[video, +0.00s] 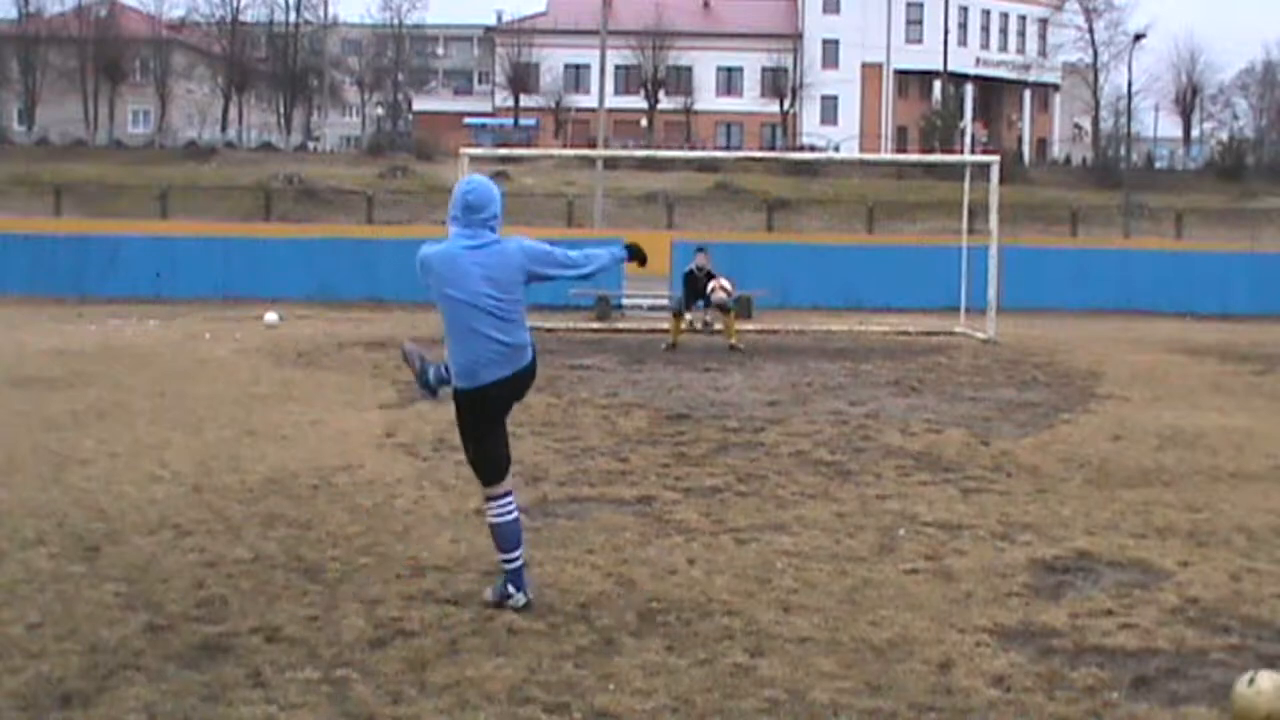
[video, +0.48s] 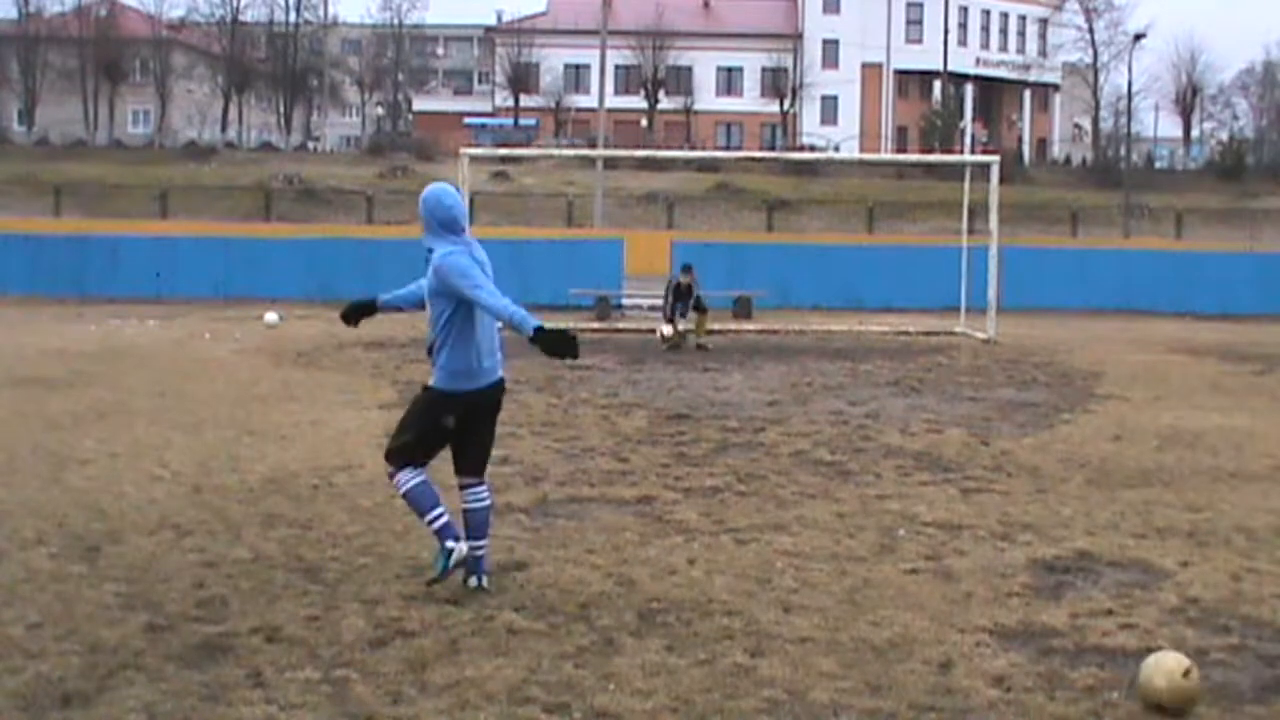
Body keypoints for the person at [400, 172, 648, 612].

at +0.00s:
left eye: (454, 209)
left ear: (454, 213)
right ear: (496, 214)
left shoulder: (433, 258)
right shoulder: (516, 251)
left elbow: (435, 296)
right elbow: (574, 263)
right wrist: (621, 251)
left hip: (477, 386)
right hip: (522, 371)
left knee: (496, 488)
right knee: (472, 353)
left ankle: (515, 584)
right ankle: (434, 376)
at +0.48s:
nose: (420, 224)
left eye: (421, 217)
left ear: (426, 221)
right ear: (461, 216)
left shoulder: (446, 262)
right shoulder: (473, 253)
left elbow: (489, 299)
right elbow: (423, 291)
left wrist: (536, 331)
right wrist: (375, 304)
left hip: (452, 388)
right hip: (488, 385)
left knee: (402, 461)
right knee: (471, 475)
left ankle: (449, 541)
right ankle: (477, 570)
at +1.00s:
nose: (329, 225)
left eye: (328, 218)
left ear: (331, 221)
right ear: (369, 213)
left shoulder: (335, 261)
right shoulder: (399, 254)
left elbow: (346, 322)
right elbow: (403, 313)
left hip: (371, 386)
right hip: (418, 378)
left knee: (362, 482)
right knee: (433, 474)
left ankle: (364, 582)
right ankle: (459, 567)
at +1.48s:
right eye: (345, 204)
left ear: (307, 214)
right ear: (350, 210)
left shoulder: (294, 263)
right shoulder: (379, 255)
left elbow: (237, 306)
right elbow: (393, 317)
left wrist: (256, 294)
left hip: (334, 390)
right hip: (383, 382)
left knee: (352, 487)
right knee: (400, 478)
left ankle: (355, 585)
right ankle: (358, 556)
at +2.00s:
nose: (359, 213)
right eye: (358, 206)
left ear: (311, 211)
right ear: (355, 211)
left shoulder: (285, 263)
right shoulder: (376, 265)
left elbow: (272, 333)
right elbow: (400, 341)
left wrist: (274, 380)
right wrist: (416, 393)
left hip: (302, 398)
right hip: (354, 398)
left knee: (312, 488)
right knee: (339, 502)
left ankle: (323, 581)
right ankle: (331, 609)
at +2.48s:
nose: (353, 218)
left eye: (348, 210)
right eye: (351, 211)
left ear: (305, 212)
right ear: (346, 214)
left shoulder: (275, 267)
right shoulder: (353, 265)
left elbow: (261, 343)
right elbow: (366, 345)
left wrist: (286, 377)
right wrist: (399, 385)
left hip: (293, 404)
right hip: (347, 403)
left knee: (291, 510)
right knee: (376, 500)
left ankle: (270, 618)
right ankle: (369, 612)